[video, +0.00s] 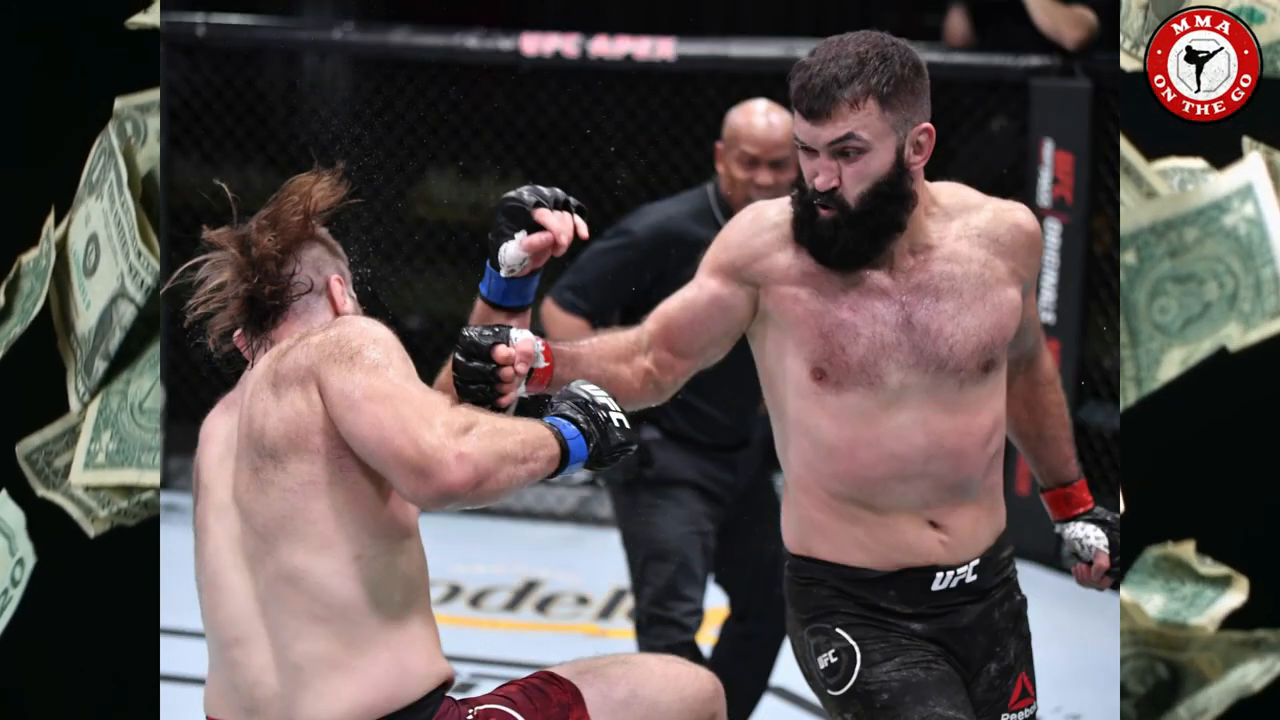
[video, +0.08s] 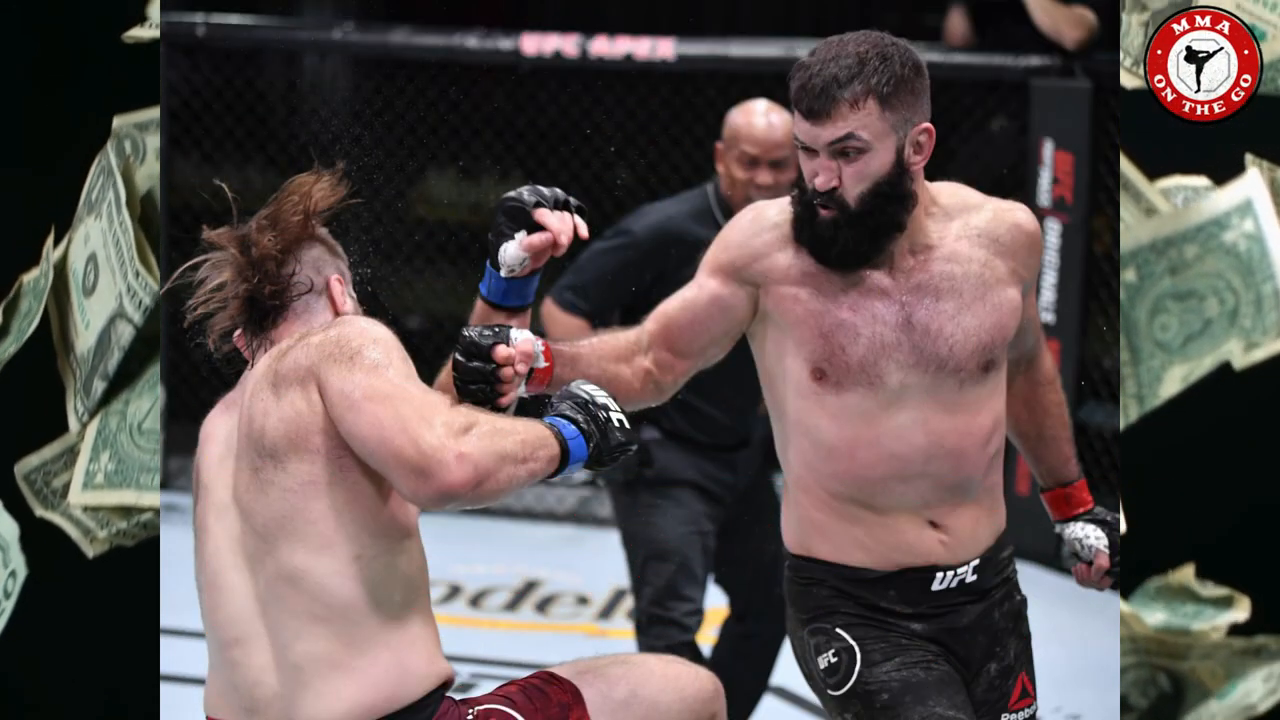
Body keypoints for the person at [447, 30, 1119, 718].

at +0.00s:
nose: (817, 177)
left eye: (845, 152)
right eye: (805, 151)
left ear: (918, 144)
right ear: (791, 140)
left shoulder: (1006, 235)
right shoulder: (758, 243)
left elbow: (1028, 367)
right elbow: (650, 361)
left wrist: (1076, 507)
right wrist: (538, 368)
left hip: (982, 595)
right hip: (845, 607)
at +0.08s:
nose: (817, 177)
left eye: (845, 151)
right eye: (805, 151)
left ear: (918, 144)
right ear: (790, 140)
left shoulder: (1006, 235)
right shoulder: (758, 243)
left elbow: (1028, 366)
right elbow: (650, 360)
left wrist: (1075, 506)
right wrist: (538, 368)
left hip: (982, 595)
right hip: (845, 607)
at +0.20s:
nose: (817, 177)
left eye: (845, 152)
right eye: (805, 151)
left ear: (918, 144)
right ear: (791, 140)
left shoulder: (1006, 235)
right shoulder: (758, 243)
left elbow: (1028, 367)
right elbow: (650, 361)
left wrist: (1075, 506)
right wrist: (538, 368)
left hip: (982, 595)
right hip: (845, 608)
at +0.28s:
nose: (818, 177)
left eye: (845, 151)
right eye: (805, 151)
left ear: (918, 143)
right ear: (790, 140)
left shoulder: (1006, 235)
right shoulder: (758, 243)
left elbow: (1028, 366)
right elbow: (650, 360)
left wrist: (1074, 506)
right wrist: (539, 368)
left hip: (982, 595)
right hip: (845, 607)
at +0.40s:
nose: (817, 177)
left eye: (845, 152)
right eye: (805, 151)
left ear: (918, 144)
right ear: (790, 140)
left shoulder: (1005, 235)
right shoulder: (758, 243)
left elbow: (1028, 367)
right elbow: (651, 361)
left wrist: (1075, 507)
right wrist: (538, 368)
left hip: (983, 594)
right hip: (845, 607)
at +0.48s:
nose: (817, 177)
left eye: (845, 152)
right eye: (805, 151)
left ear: (919, 144)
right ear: (790, 140)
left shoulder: (1006, 235)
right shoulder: (758, 243)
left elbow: (1028, 367)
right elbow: (650, 359)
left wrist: (1075, 508)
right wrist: (538, 368)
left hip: (982, 595)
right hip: (845, 608)